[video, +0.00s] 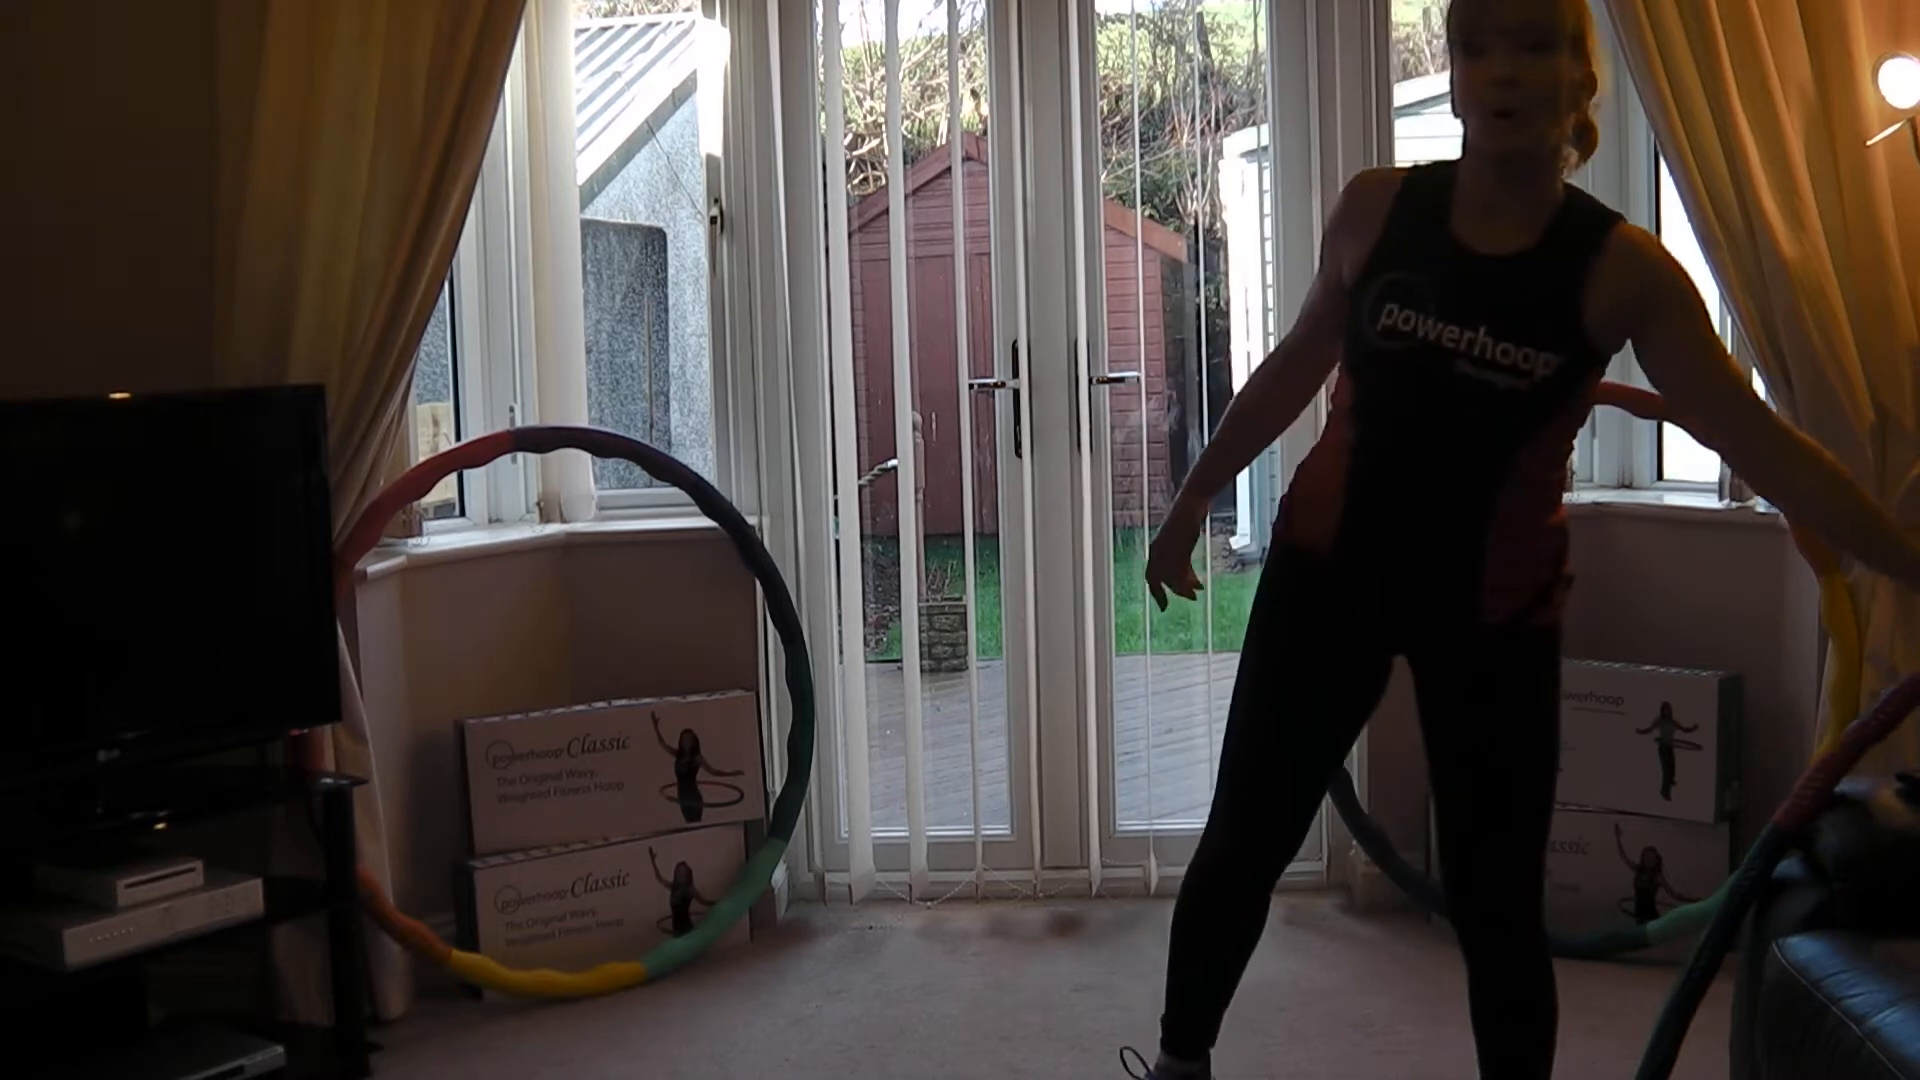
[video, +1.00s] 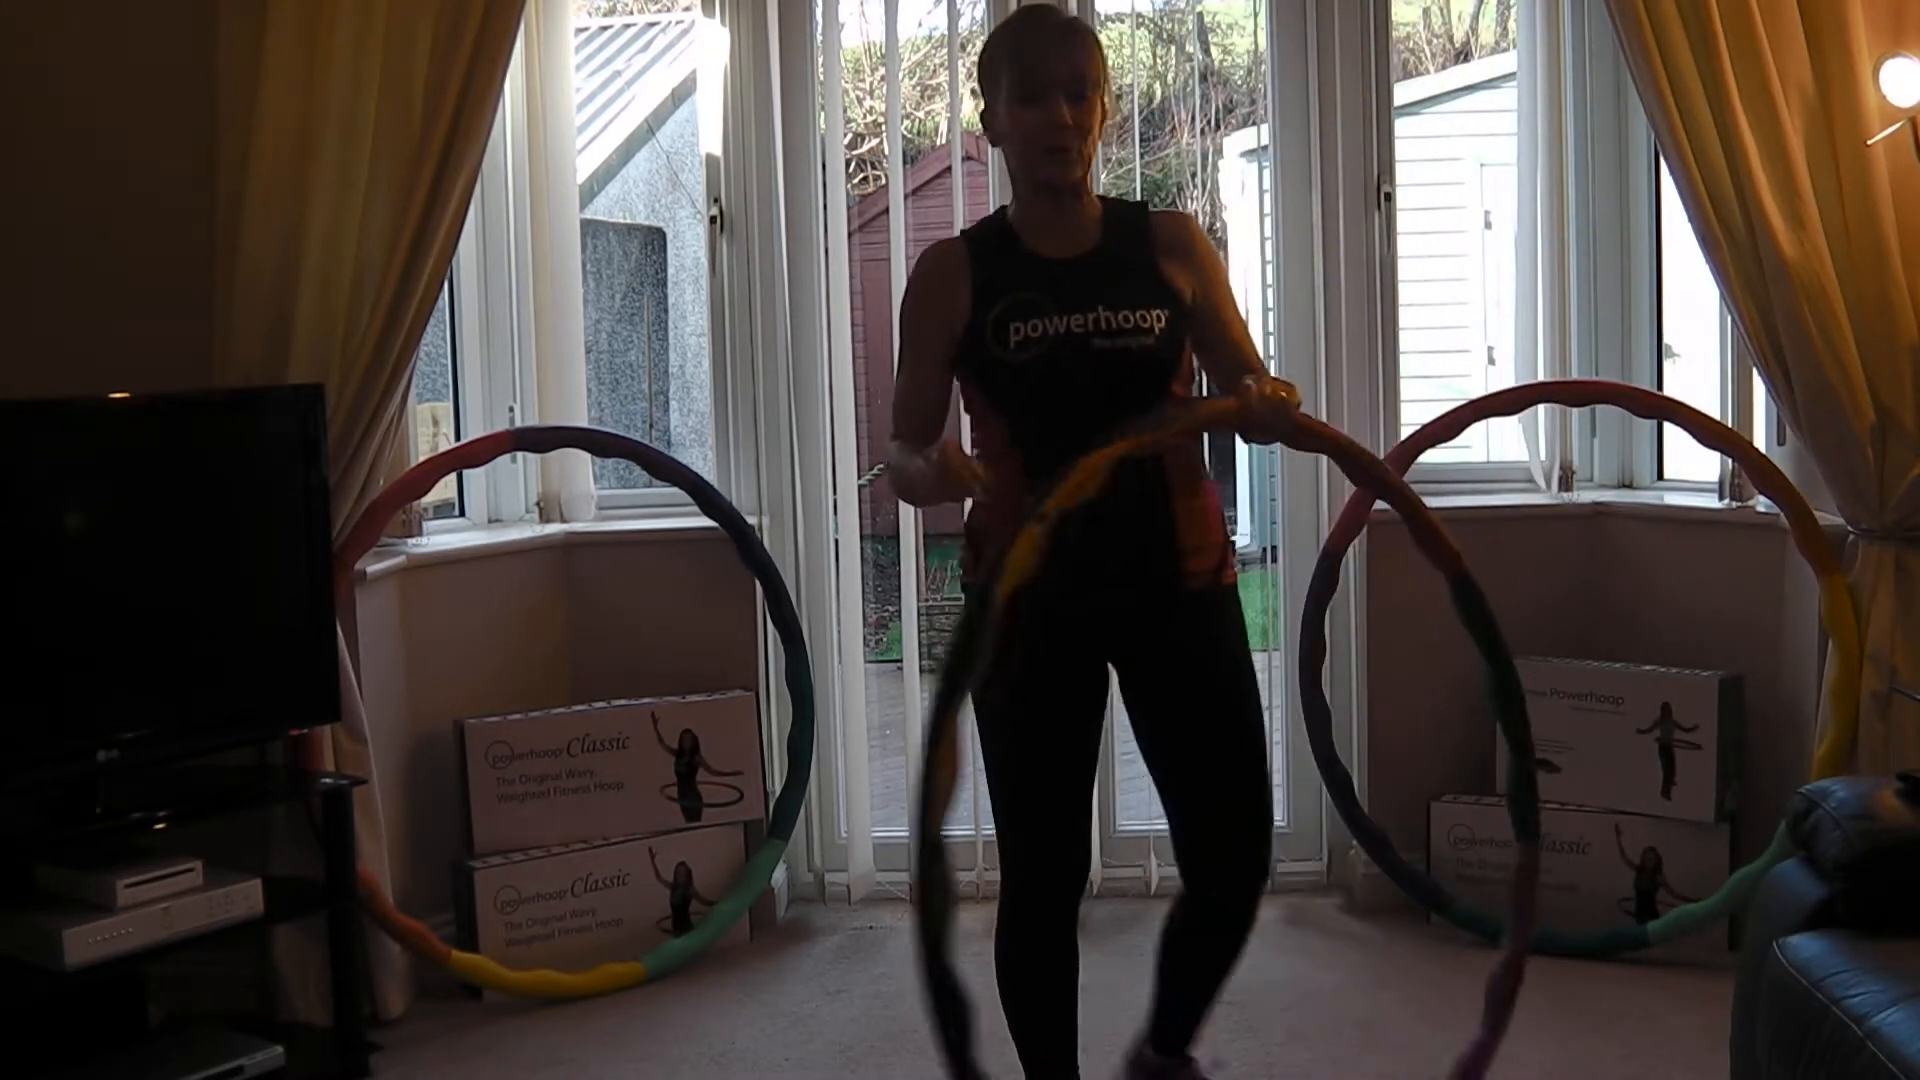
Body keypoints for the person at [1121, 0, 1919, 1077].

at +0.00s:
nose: (1506, 71)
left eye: (1536, 46)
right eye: (1482, 47)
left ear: (1583, 76)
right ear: (1451, 73)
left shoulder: (1628, 275)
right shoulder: (1376, 209)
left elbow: (1763, 450)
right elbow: (1297, 362)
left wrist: (1903, 559)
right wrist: (1192, 500)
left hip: (1490, 602)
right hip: (1330, 572)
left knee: (1497, 907)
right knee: (1241, 845)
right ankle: (1180, 1060)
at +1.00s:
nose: (1059, 117)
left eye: (1078, 94)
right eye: (1031, 97)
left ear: (1104, 110)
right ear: (989, 118)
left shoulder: (1172, 243)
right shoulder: (951, 275)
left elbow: (1260, 391)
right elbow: (905, 459)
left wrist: (1229, 408)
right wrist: (939, 471)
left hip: (1178, 582)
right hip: (1035, 595)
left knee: (1233, 848)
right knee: (1042, 874)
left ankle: (1164, 1052)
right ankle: (1050, 1076)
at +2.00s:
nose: (1050, 180)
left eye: (1072, 159)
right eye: (1030, 155)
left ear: (1106, 153)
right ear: (999, 144)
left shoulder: (1155, 263)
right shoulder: (946, 265)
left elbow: (1247, 416)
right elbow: (874, 441)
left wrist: (1179, 383)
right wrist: (864, 413)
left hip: (1107, 586)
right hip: (970, 583)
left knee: (1080, 827)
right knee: (976, 833)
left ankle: (1058, 1040)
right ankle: (968, 1061)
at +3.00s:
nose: (969, 120)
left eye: (992, 100)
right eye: (948, 98)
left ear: (1024, 116)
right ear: (914, 110)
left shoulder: (1082, 250)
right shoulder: (858, 257)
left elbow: (1139, 401)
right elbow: (816, 405)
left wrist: (1122, 449)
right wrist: (835, 459)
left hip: (1054, 587)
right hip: (909, 592)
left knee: (1075, 828)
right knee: (933, 861)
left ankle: (1099, 1021)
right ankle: (961, 1075)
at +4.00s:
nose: (999, 108)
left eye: (1022, 93)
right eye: (978, 84)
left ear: (1045, 119)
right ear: (938, 97)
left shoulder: (1090, 252)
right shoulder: (870, 256)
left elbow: (1155, 405)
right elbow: (810, 406)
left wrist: (1185, 480)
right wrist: (811, 470)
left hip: (1075, 583)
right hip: (926, 587)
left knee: (1089, 818)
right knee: (945, 857)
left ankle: (1110, 1019)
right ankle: (963, 1074)